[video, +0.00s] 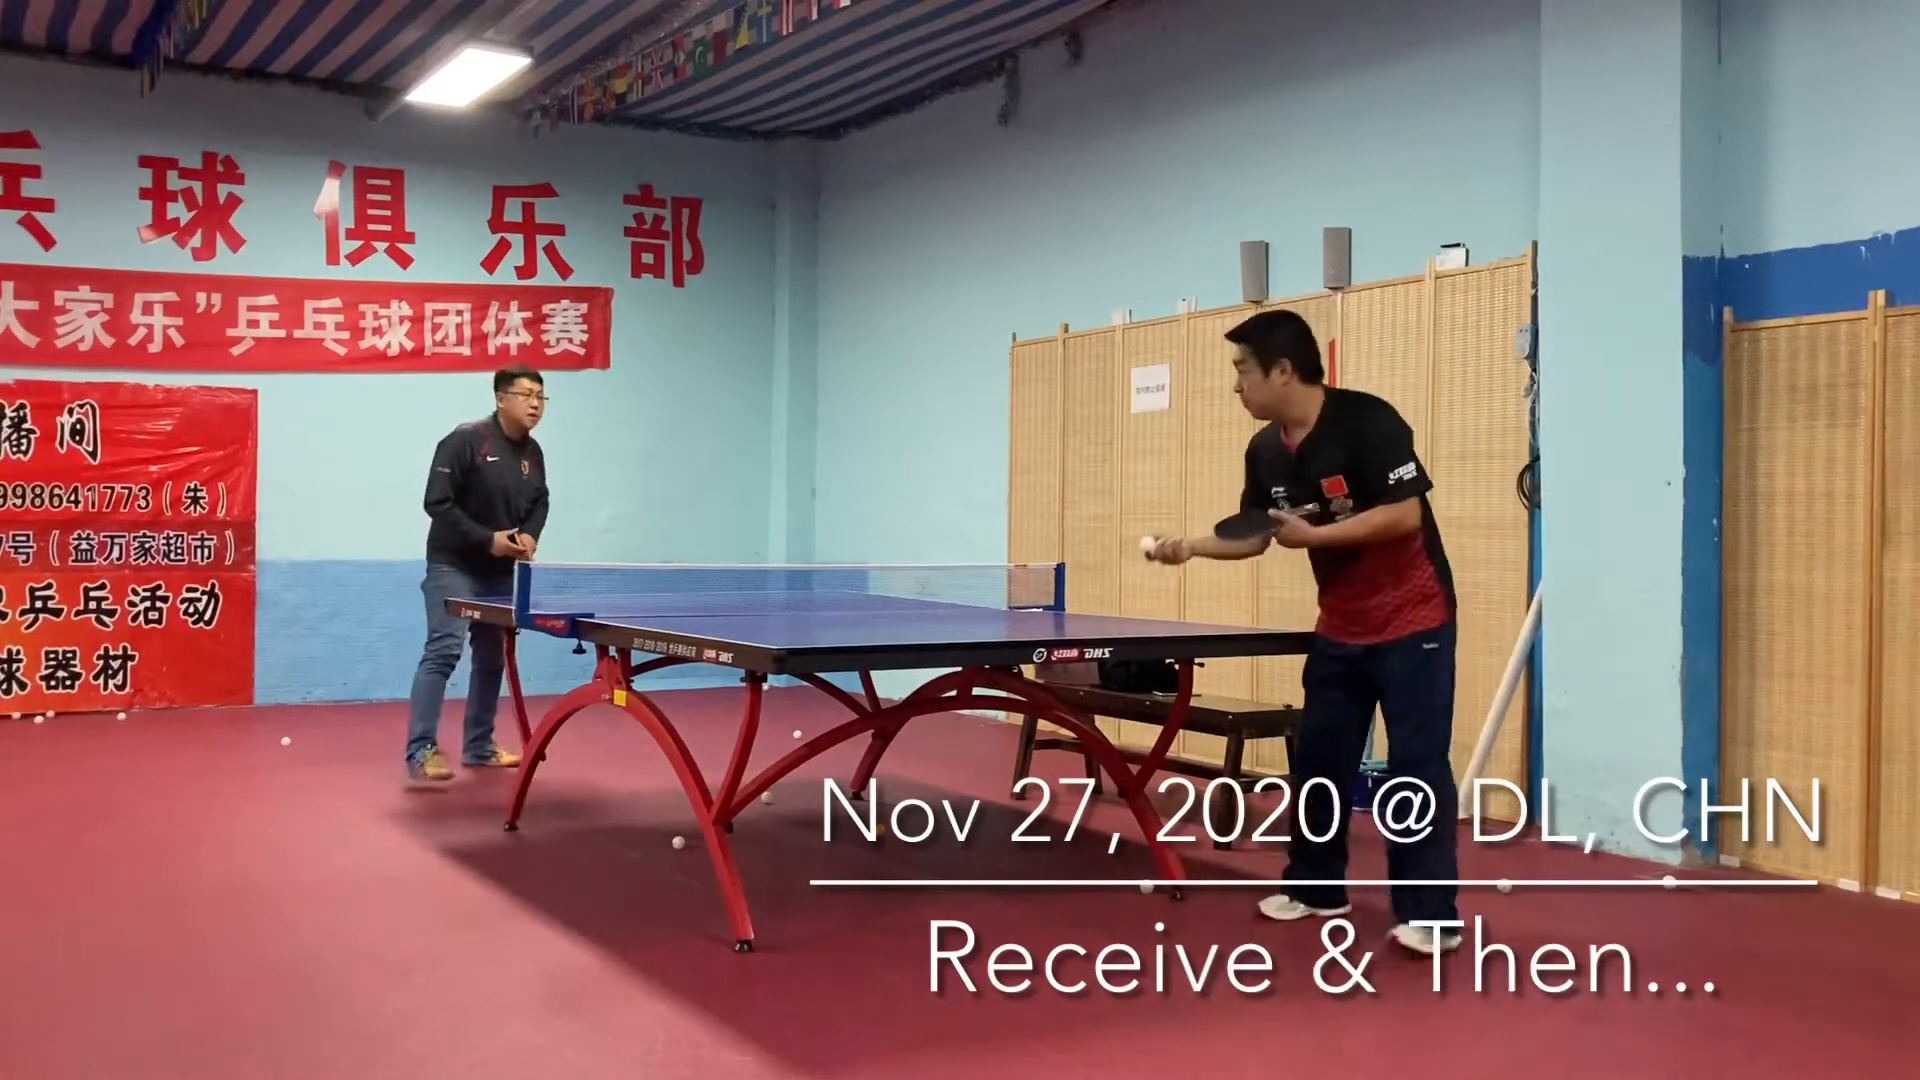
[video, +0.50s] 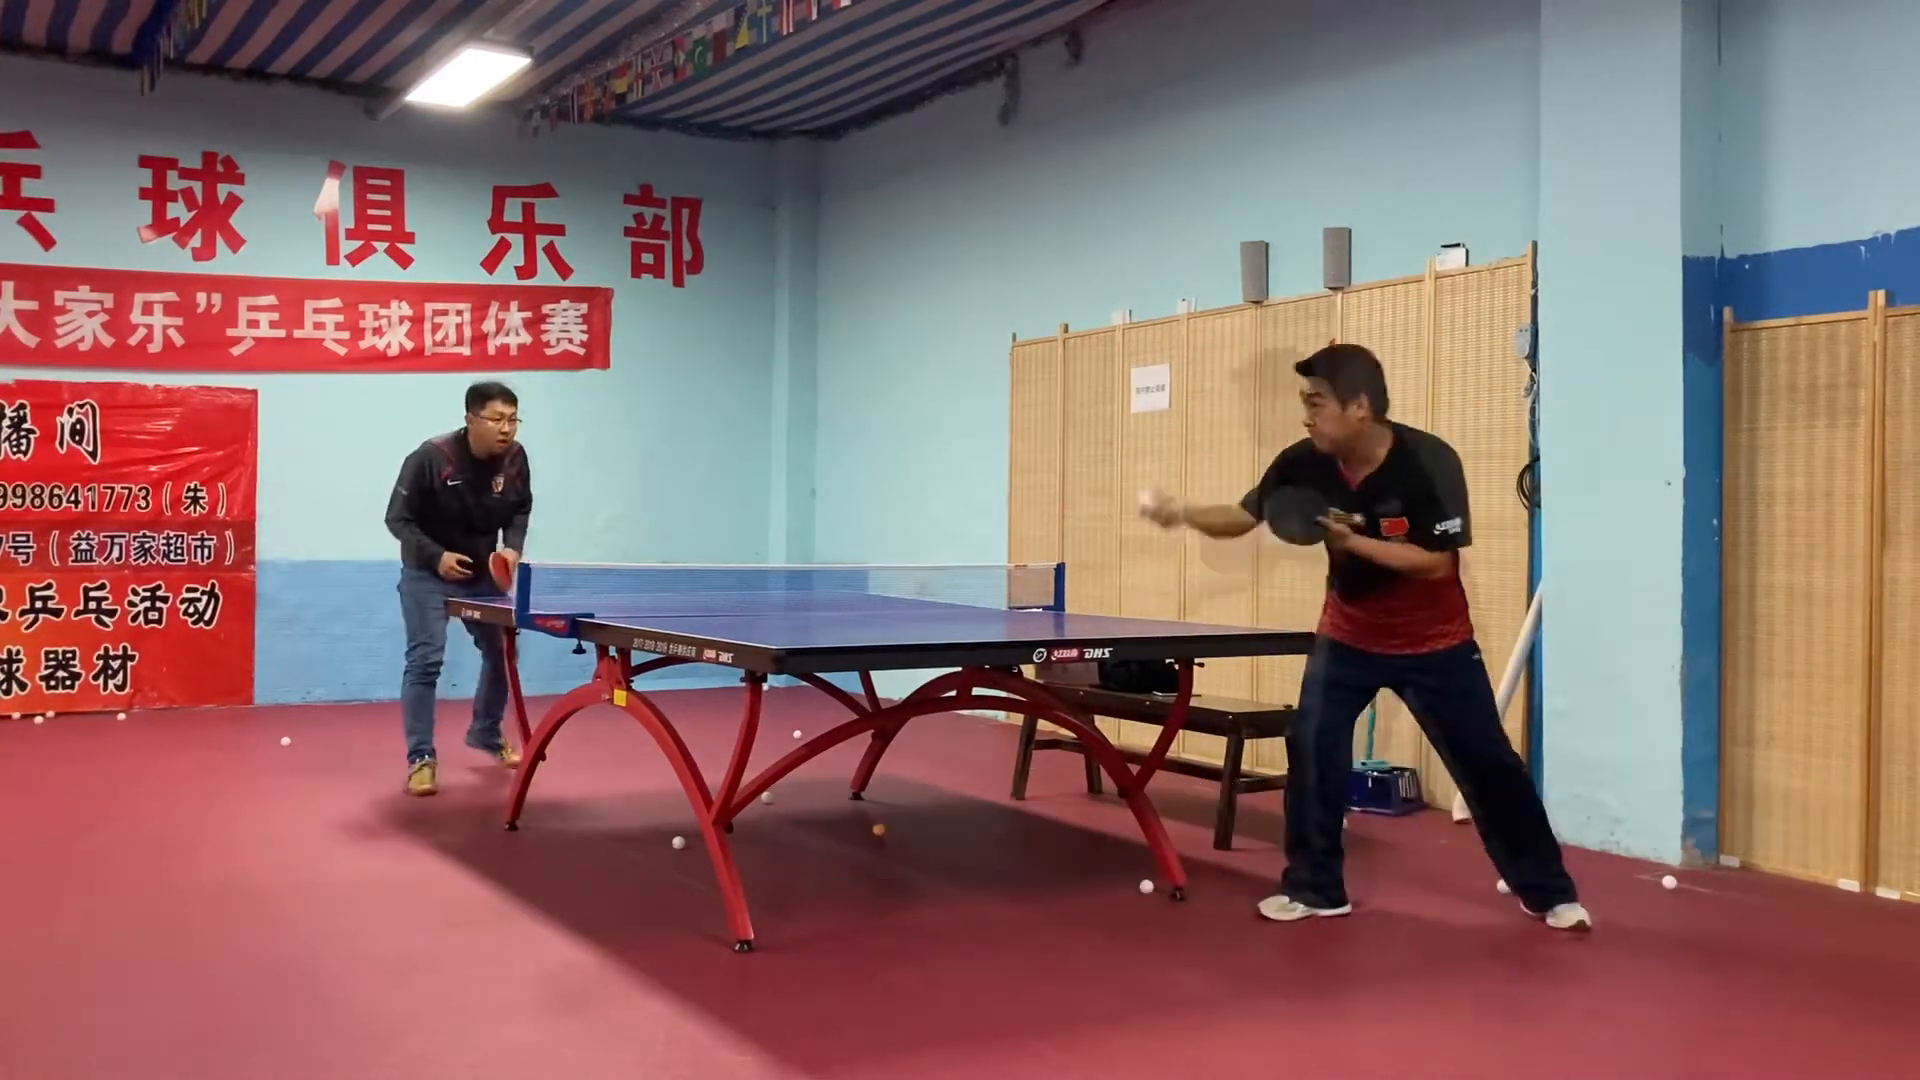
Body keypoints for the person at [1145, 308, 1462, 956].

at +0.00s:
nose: (1235, 385)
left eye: (1243, 371)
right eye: (1235, 371)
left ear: (1283, 372)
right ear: (1277, 373)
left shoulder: (1369, 418)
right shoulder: (1268, 449)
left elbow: (1404, 514)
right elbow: (1253, 530)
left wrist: (1316, 534)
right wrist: (1192, 544)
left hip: (1414, 621)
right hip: (1341, 625)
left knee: (1417, 766)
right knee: (1319, 754)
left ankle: (1429, 911)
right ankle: (1316, 888)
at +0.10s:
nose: (1227, 403)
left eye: (1234, 388)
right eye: (1226, 390)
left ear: (1275, 387)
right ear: (1271, 389)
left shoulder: (1362, 431)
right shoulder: (1255, 465)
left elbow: (1394, 528)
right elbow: (1241, 551)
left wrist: (1301, 546)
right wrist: (1181, 571)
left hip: (1414, 622)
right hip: (1339, 629)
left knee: (1437, 759)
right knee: (1315, 754)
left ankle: (1474, 904)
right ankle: (1318, 885)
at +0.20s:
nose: (1228, 410)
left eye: (1237, 397)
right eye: (1227, 397)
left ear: (1279, 398)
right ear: (1268, 402)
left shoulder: (1362, 439)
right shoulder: (1254, 473)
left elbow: (1390, 538)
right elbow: (1240, 558)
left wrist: (1296, 552)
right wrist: (1179, 585)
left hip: (1415, 628)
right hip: (1336, 632)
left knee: (1456, 753)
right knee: (1313, 756)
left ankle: (1524, 893)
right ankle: (1315, 887)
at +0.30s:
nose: (1243, 419)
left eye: (1251, 406)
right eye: (1242, 406)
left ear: (1294, 408)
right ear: (1281, 411)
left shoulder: (1375, 450)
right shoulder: (1263, 476)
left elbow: (1393, 550)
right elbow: (1238, 564)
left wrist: (1296, 549)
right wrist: (1182, 590)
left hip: (1418, 633)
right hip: (1335, 634)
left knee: (1474, 756)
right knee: (1310, 756)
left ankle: (1546, 885)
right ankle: (1315, 886)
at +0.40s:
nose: (1270, 423)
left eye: (1280, 410)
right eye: (1269, 410)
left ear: (1324, 411)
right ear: (1316, 413)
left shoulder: (1399, 457)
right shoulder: (1283, 474)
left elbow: (1409, 557)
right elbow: (1241, 551)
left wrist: (1322, 542)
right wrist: (1185, 579)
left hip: (1423, 642)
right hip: (1338, 640)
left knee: (1483, 761)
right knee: (1309, 754)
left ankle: (1550, 888)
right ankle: (1314, 885)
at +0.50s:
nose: (1306, 417)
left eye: (1316, 405)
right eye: (1306, 405)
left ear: (1361, 408)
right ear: (1339, 409)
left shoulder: (1429, 460)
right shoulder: (1304, 463)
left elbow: (1440, 560)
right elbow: (1242, 516)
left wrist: (1354, 543)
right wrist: (1182, 515)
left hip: (1434, 643)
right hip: (1346, 640)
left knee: (1490, 761)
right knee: (1311, 744)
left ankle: (1550, 892)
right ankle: (1315, 888)